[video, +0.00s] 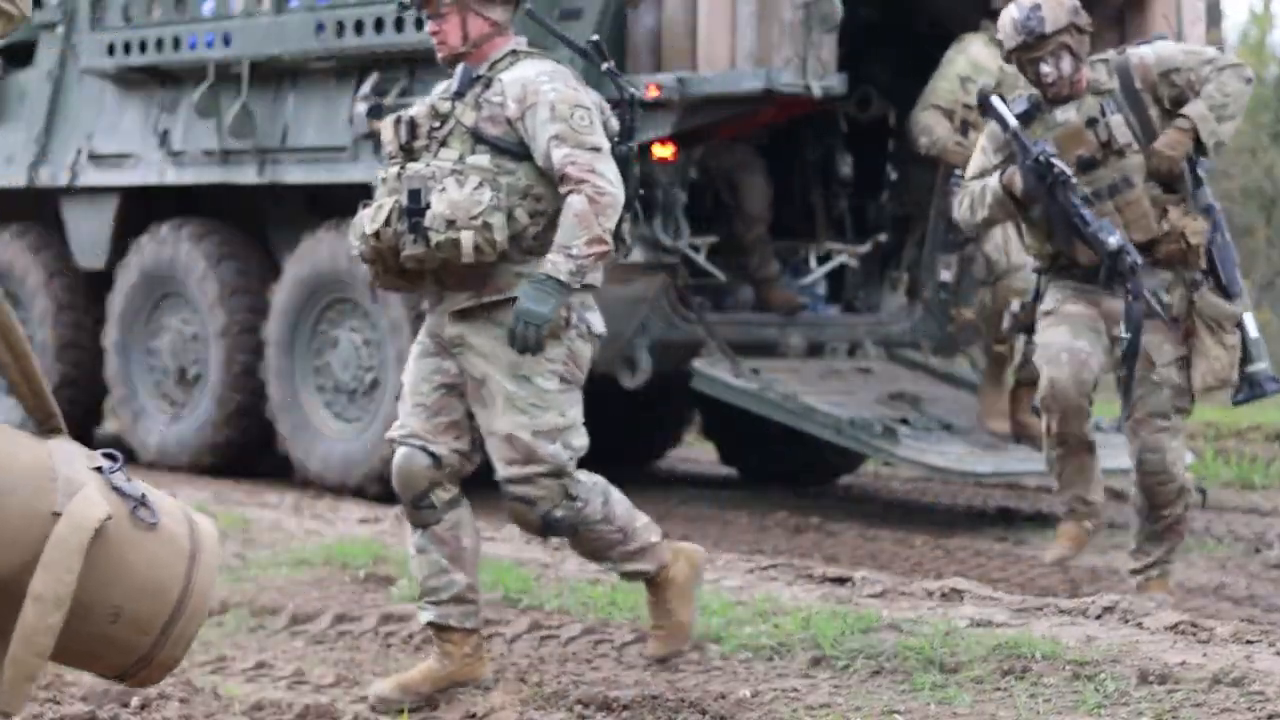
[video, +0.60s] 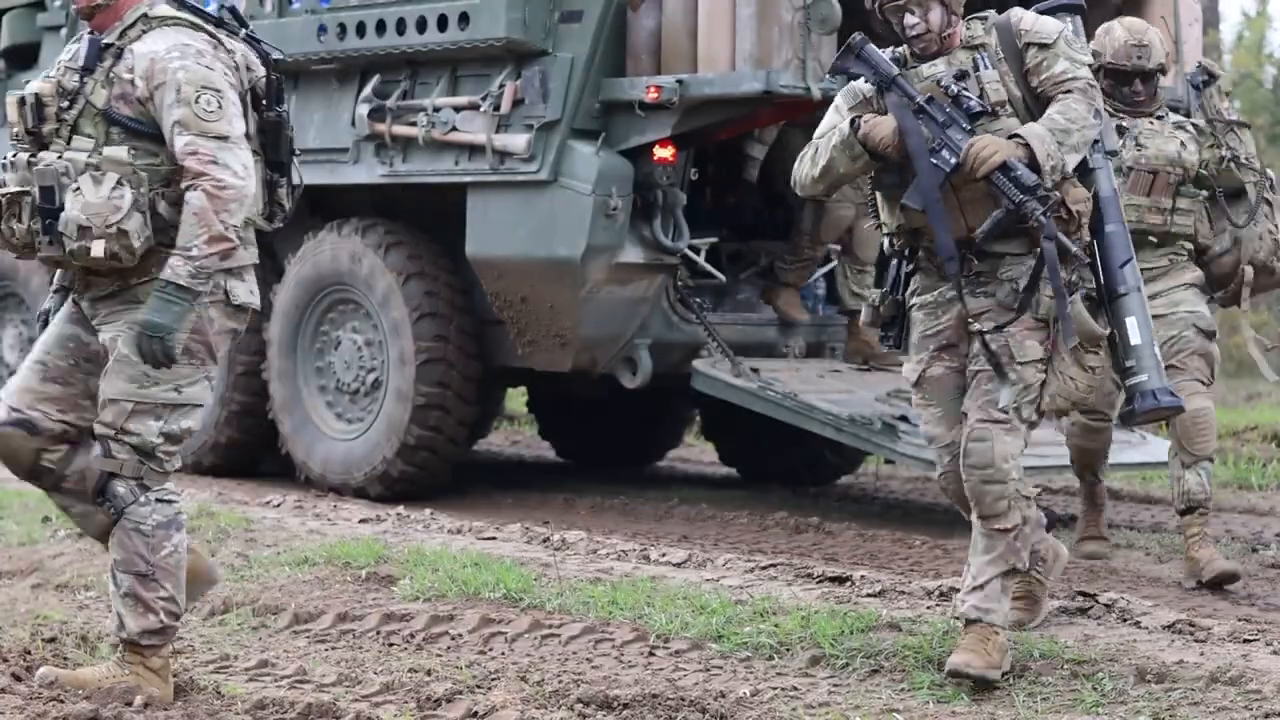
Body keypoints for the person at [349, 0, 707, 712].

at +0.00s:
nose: (431, 26)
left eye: (442, 13)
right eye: (429, 15)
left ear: (487, 16)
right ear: (465, 24)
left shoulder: (542, 85)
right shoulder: (452, 96)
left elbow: (597, 188)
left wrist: (554, 282)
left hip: (529, 313)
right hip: (451, 314)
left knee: (540, 489)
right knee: (421, 472)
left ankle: (664, 564)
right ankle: (457, 649)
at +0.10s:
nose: (376, 21)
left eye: (389, 10)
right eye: (374, 11)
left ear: (437, 14)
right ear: (386, 17)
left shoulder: (492, 86)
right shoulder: (382, 95)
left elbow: (556, 193)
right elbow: (380, 216)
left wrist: (522, 295)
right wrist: (357, 316)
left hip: (474, 311)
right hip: (402, 312)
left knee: (401, 464)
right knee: (391, 476)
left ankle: (520, 578)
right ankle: (449, 648)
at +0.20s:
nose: (323, 19)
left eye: (337, 7)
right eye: (322, 9)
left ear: (383, 14)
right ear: (344, 19)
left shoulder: (437, 85)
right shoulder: (336, 100)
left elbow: (514, 186)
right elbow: (302, 213)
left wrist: (490, 294)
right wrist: (256, 306)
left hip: (426, 308)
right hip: (366, 307)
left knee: (307, 432)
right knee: (377, 491)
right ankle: (453, 651)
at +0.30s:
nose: (266, 11)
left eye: (280, 1)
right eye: (266, 2)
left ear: (328, 7)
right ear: (291, 12)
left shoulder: (379, 83)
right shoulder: (274, 91)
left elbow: (461, 186)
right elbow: (242, 200)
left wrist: (433, 294)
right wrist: (181, 275)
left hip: (360, 314)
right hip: (306, 312)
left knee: (241, 451)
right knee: (356, 495)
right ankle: (452, 653)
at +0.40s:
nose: (212, 5)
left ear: (272, 3)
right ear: (221, 11)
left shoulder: (314, 81)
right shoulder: (212, 81)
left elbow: (396, 192)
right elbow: (168, 189)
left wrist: (359, 299)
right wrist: (114, 265)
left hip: (282, 314)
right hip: (236, 311)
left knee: (184, 468)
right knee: (312, 496)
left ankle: (149, 663)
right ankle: (433, 636)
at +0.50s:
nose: (137, 1)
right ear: (164, 5)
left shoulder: (242, 70)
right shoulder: (153, 66)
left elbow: (307, 189)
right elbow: (128, 193)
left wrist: (275, 300)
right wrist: (76, 274)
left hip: (218, 297)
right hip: (168, 297)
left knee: (144, 468)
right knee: (164, 473)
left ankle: (147, 664)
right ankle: (328, 577)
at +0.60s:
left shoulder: (178, 53)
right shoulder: (86, 55)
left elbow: (225, 185)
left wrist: (175, 297)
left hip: (172, 297)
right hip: (100, 295)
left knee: (136, 468)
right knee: (26, 427)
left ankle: (146, 665)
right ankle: (175, 565)